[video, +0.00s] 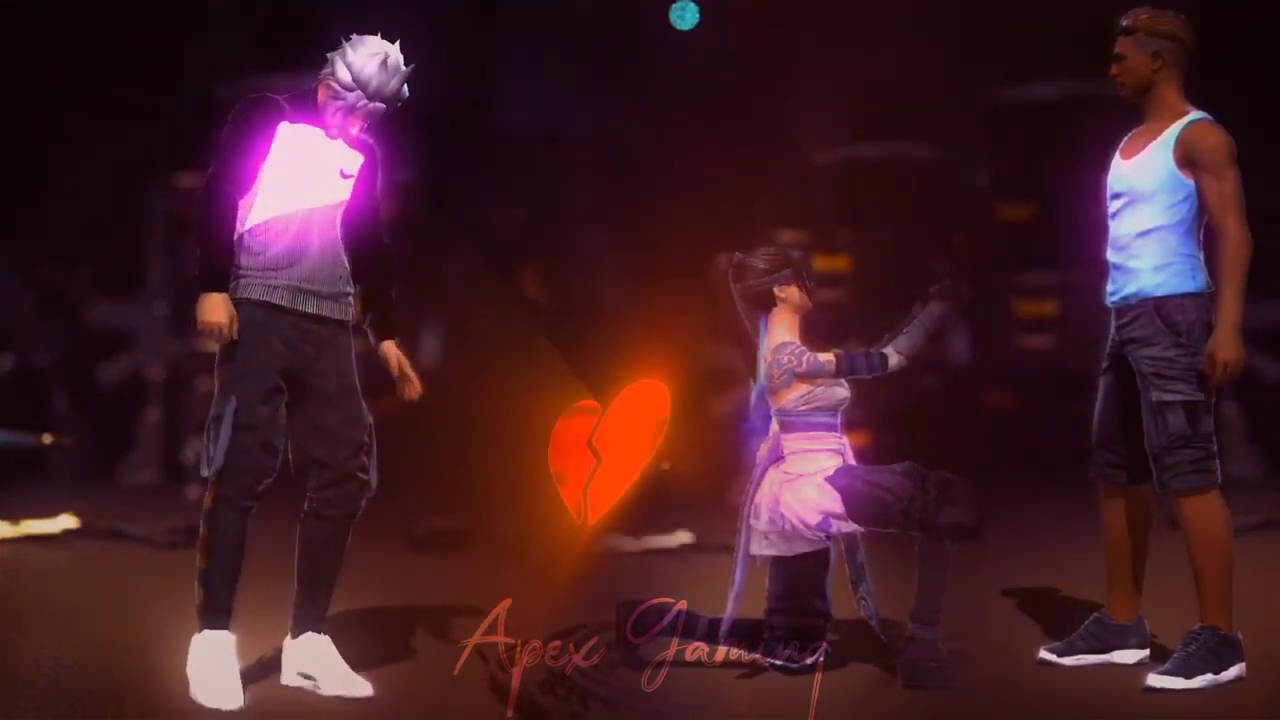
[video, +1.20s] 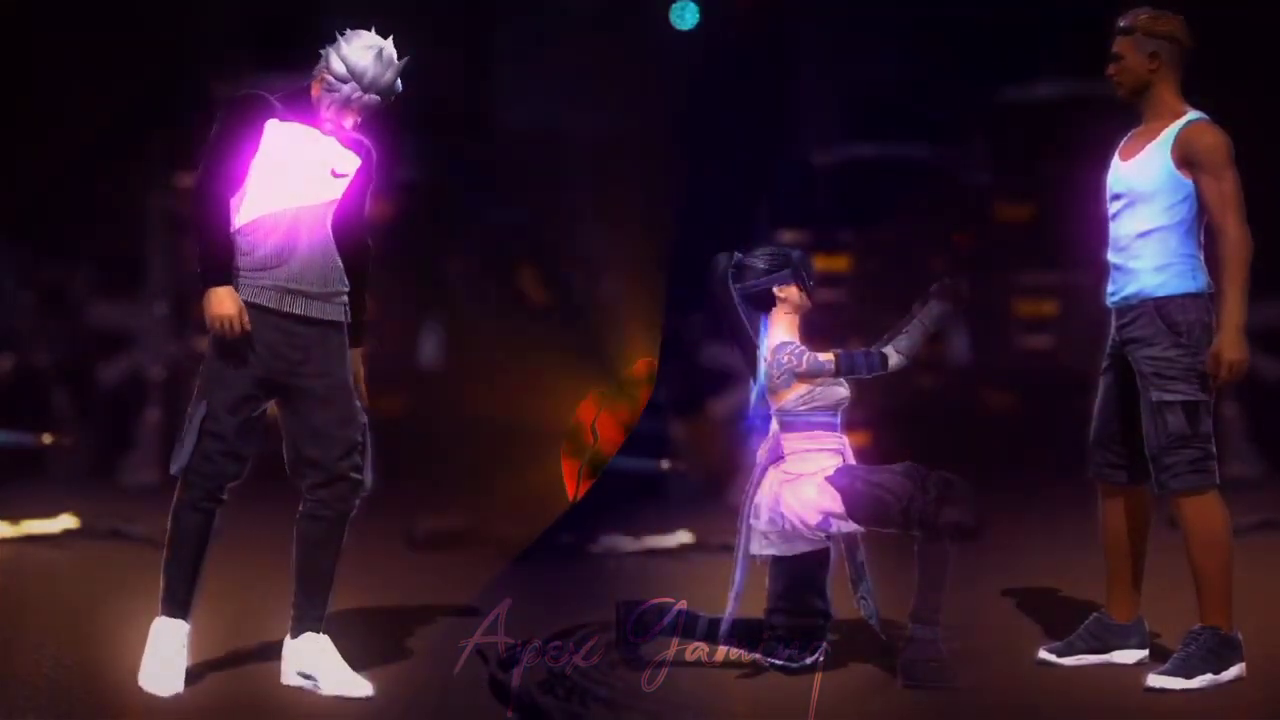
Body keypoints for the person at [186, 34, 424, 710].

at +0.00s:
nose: (355, 124)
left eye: (369, 114)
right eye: (348, 106)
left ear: (383, 109)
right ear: (325, 85)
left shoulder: (373, 154)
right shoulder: (265, 118)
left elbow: (373, 249)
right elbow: (217, 197)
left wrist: (387, 333)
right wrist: (213, 284)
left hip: (334, 326)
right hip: (260, 315)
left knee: (345, 477)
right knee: (245, 469)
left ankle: (307, 639)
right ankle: (213, 638)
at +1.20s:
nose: (348, 116)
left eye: (362, 108)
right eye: (341, 98)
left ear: (375, 107)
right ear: (319, 82)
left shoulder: (369, 157)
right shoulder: (257, 122)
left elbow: (361, 255)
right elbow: (213, 197)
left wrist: (353, 345)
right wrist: (217, 279)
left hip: (325, 333)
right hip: (250, 319)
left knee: (334, 479)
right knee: (208, 473)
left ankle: (307, 637)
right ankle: (172, 625)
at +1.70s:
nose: (345, 113)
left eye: (358, 104)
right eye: (339, 95)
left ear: (370, 103)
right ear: (314, 79)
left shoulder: (363, 152)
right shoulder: (248, 115)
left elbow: (352, 232)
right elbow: (203, 197)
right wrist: (218, 275)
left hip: (314, 330)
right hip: (238, 319)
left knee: (328, 478)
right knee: (198, 472)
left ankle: (305, 638)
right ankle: (167, 622)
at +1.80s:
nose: (342, 113)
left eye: (357, 104)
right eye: (335, 96)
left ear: (369, 101)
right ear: (312, 79)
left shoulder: (363, 150)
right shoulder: (243, 113)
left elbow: (350, 238)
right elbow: (196, 196)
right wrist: (214, 273)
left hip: (311, 331)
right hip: (233, 319)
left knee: (326, 477)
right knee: (195, 470)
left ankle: (304, 638)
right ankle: (165, 621)